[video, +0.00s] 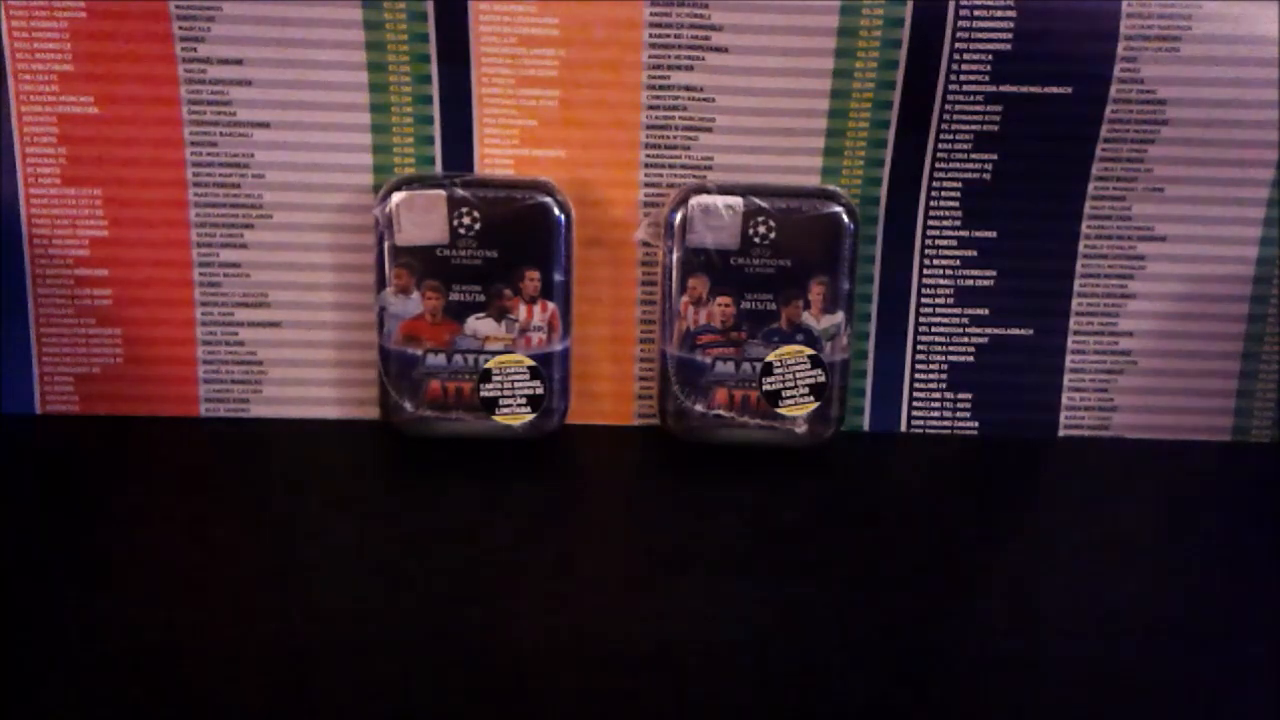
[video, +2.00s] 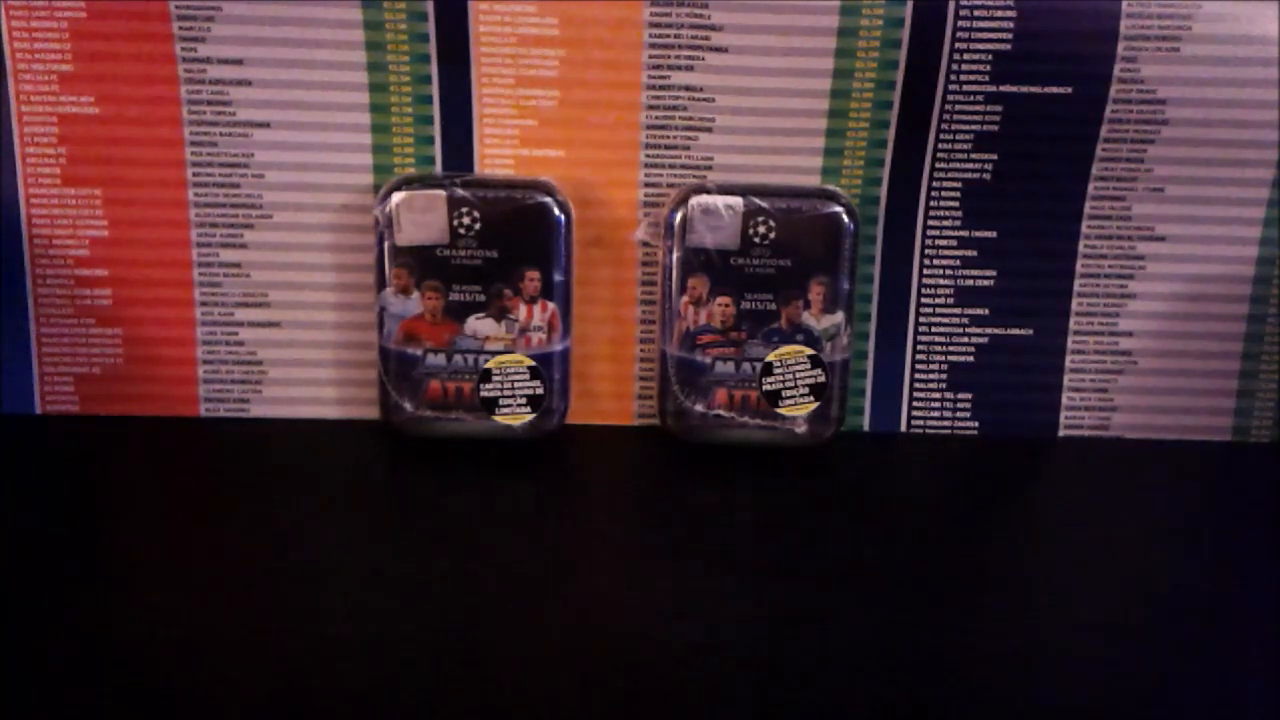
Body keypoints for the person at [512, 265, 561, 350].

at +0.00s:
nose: (536, 285)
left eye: (538, 281)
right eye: (531, 280)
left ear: (541, 283)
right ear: (521, 284)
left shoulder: (550, 308)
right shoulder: (512, 305)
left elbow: (556, 335)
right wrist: (520, 328)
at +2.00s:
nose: (536, 285)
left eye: (538, 281)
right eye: (531, 280)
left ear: (541, 283)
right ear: (521, 284)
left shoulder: (551, 308)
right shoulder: (513, 305)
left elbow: (556, 336)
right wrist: (520, 329)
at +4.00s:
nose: (536, 285)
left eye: (539, 281)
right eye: (531, 281)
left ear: (541, 283)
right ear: (521, 284)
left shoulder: (550, 308)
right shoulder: (512, 305)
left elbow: (556, 337)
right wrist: (520, 329)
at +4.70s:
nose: (536, 285)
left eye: (538, 281)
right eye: (531, 281)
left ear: (541, 283)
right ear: (521, 284)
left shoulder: (549, 307)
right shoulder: (512, 306)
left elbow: (556, 333)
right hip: (519, 352)